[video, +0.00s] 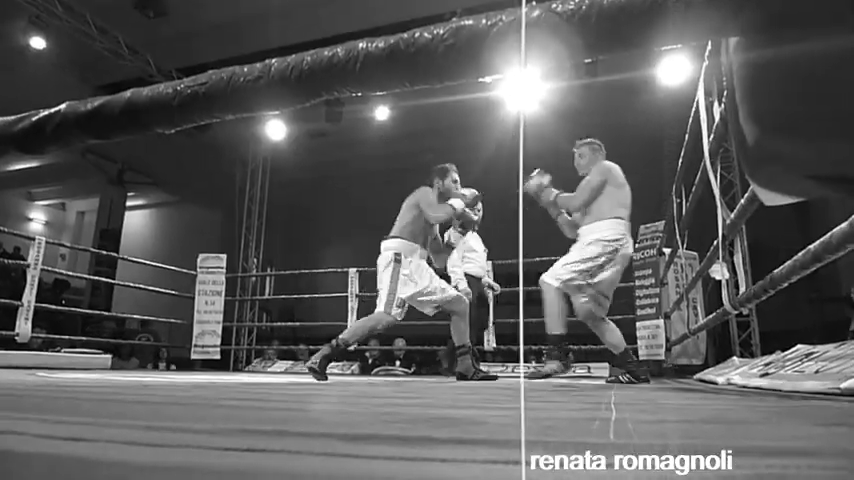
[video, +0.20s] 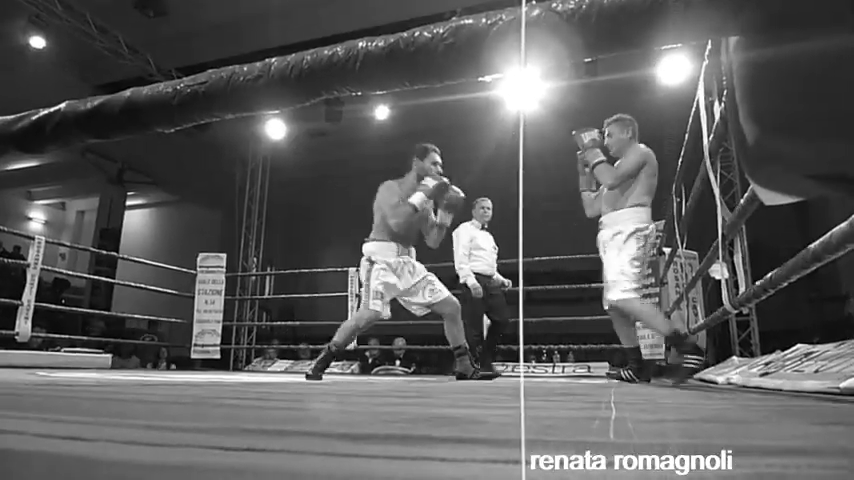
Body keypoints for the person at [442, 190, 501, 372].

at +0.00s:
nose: (477, 214)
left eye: (479, 210)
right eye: (474, 210)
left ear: (481, 214)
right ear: (465, 213)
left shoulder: (476, 237)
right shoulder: (459, 235)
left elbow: (479, 264)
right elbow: (453, 262)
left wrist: (487, 280)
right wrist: (461, 284)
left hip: (479, 280)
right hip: (466, 279)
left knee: (480, 320)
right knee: (467, 320)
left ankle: (473, 358)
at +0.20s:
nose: (486, 211)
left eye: (489, 209)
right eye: (483, 208)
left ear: (492, 213)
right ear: (474, 210)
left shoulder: (488, 237)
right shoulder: (464, 230)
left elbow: (490, 266)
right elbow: (460, 258)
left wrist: (501, 279)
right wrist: (469, 280)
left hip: (490, 279)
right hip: (473, 278)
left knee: (500, 320)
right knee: (473, 323)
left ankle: (486, 361)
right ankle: (473, 363)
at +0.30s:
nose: (490, 211)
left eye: (493, 209)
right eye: (486, 208)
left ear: (496, 213)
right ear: (478, 211)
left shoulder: (494, 237)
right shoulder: (467, 230)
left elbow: (495, 267)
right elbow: (462, 258)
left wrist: (506, 279)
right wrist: (470, 280)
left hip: (494, 279)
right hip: (476, 278)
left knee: (504, 320)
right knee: (474, 323)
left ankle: (502, 362)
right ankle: (470, 363)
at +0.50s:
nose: (502, 212)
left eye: (505, 210)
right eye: (499, 209)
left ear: (509, 214)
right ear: (490, 212)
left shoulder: (511, 238)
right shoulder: (480, 231)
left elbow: (513, 265)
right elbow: (471, 258)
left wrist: (521, 278)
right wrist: (468, 282)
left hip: (510, 281)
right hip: (489, 279)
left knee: (515, 325)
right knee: (482, 323)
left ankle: (519, 364)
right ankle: (474, 365)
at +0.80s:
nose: (515, 208)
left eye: (518, 205)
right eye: (511, 206)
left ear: (522, 209)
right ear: (504, 209)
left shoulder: (527, 234)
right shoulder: (492, 228)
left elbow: (535, 259)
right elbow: (482, 258)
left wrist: (540, 271)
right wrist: (480, 282)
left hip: (523, 276)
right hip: (500, 275)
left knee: (523, 319)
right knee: (500, 317)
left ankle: (521, 362)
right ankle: (497, 360)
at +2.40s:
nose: (537, 209)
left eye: (541, 206)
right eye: (533, 205)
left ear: (544, 210)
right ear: (525, 208)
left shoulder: (544, 232)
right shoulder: (510, 228)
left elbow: (548, 261)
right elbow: (498, 258)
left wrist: (548, 286)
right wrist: (496, 284)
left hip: (535, 280)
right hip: (512, 279)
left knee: (545, 320)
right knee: (507, 323)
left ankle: (548, 364)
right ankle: (482, 365)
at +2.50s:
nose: (544, 206)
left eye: (547, 202)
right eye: (540, 202)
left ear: (551, 206)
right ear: (530, 205)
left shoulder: (551, 227)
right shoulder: (517, 225)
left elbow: (556, 256)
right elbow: (506, 255)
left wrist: (555, 280)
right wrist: (504, 281)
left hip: (544, 276)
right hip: (523, 275)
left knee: (549, 318)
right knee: (519, 320)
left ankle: (549, 360)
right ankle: (496, 358)